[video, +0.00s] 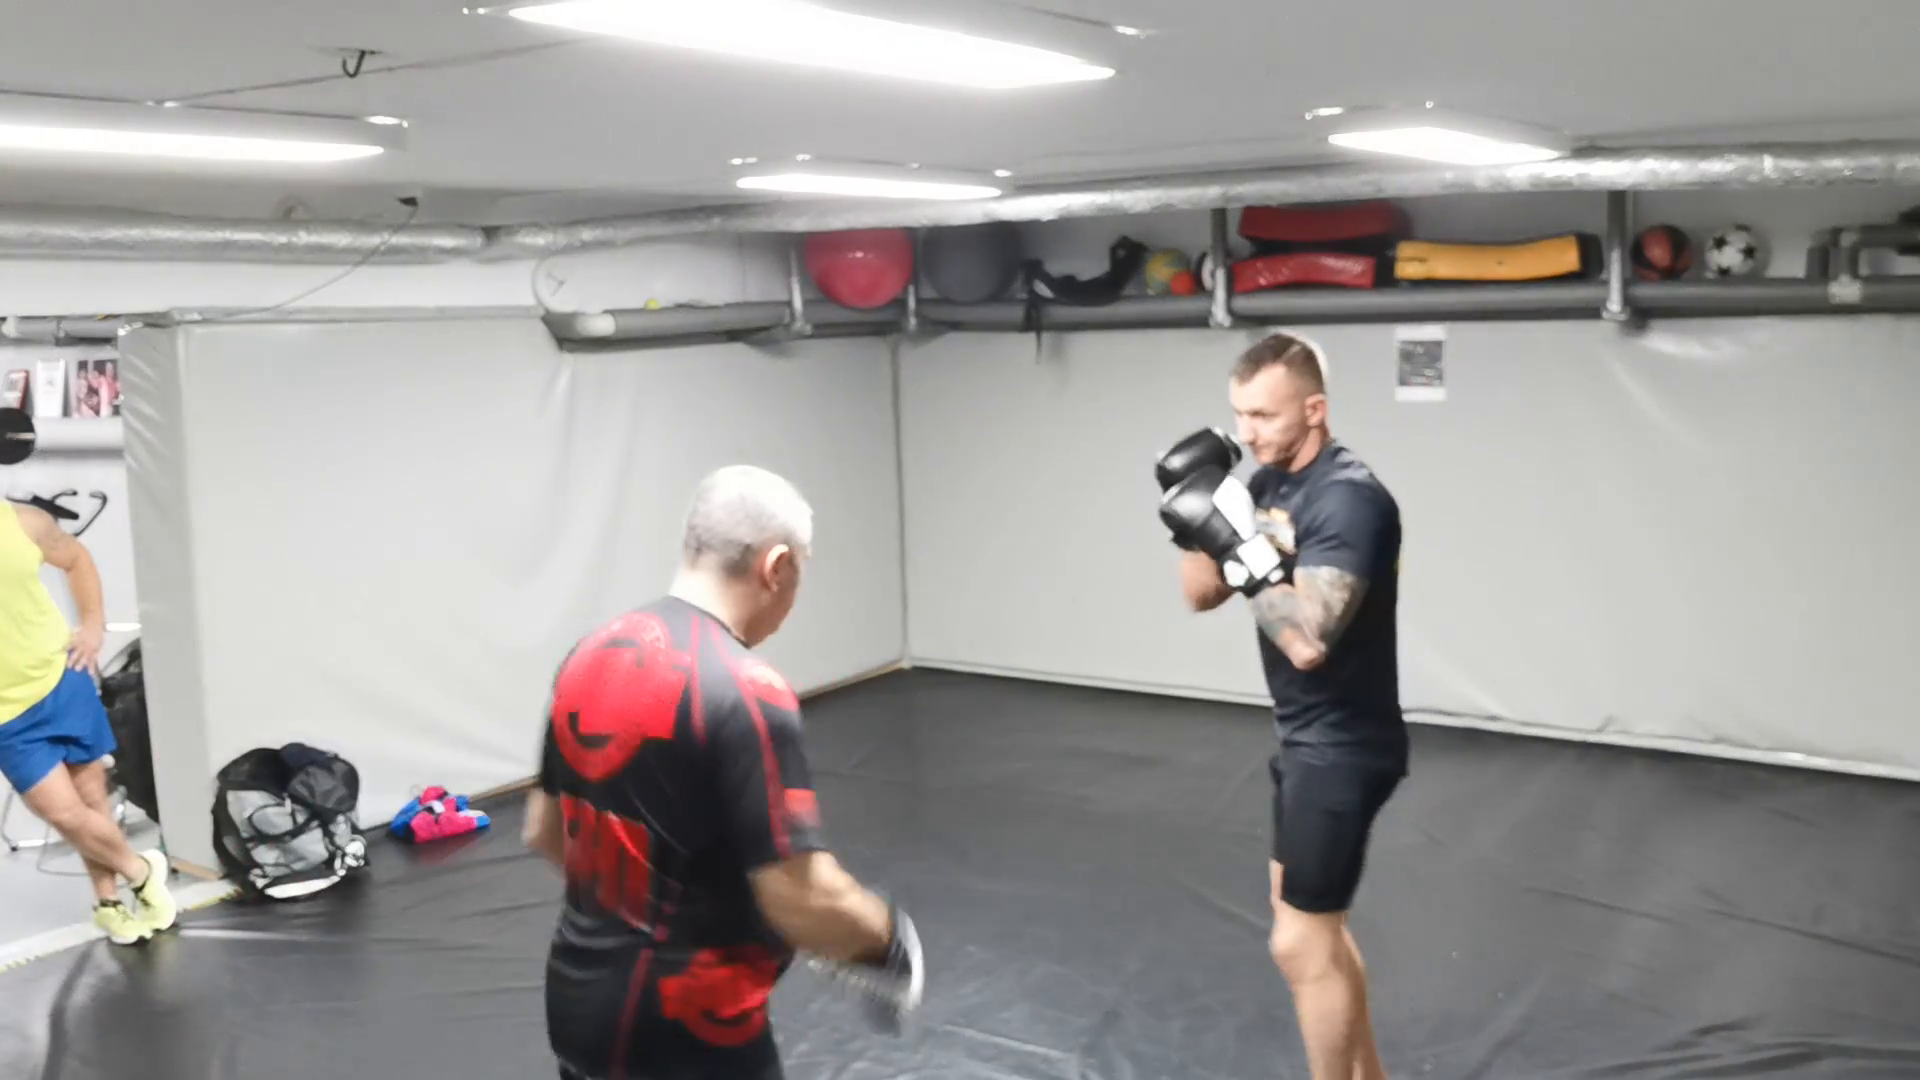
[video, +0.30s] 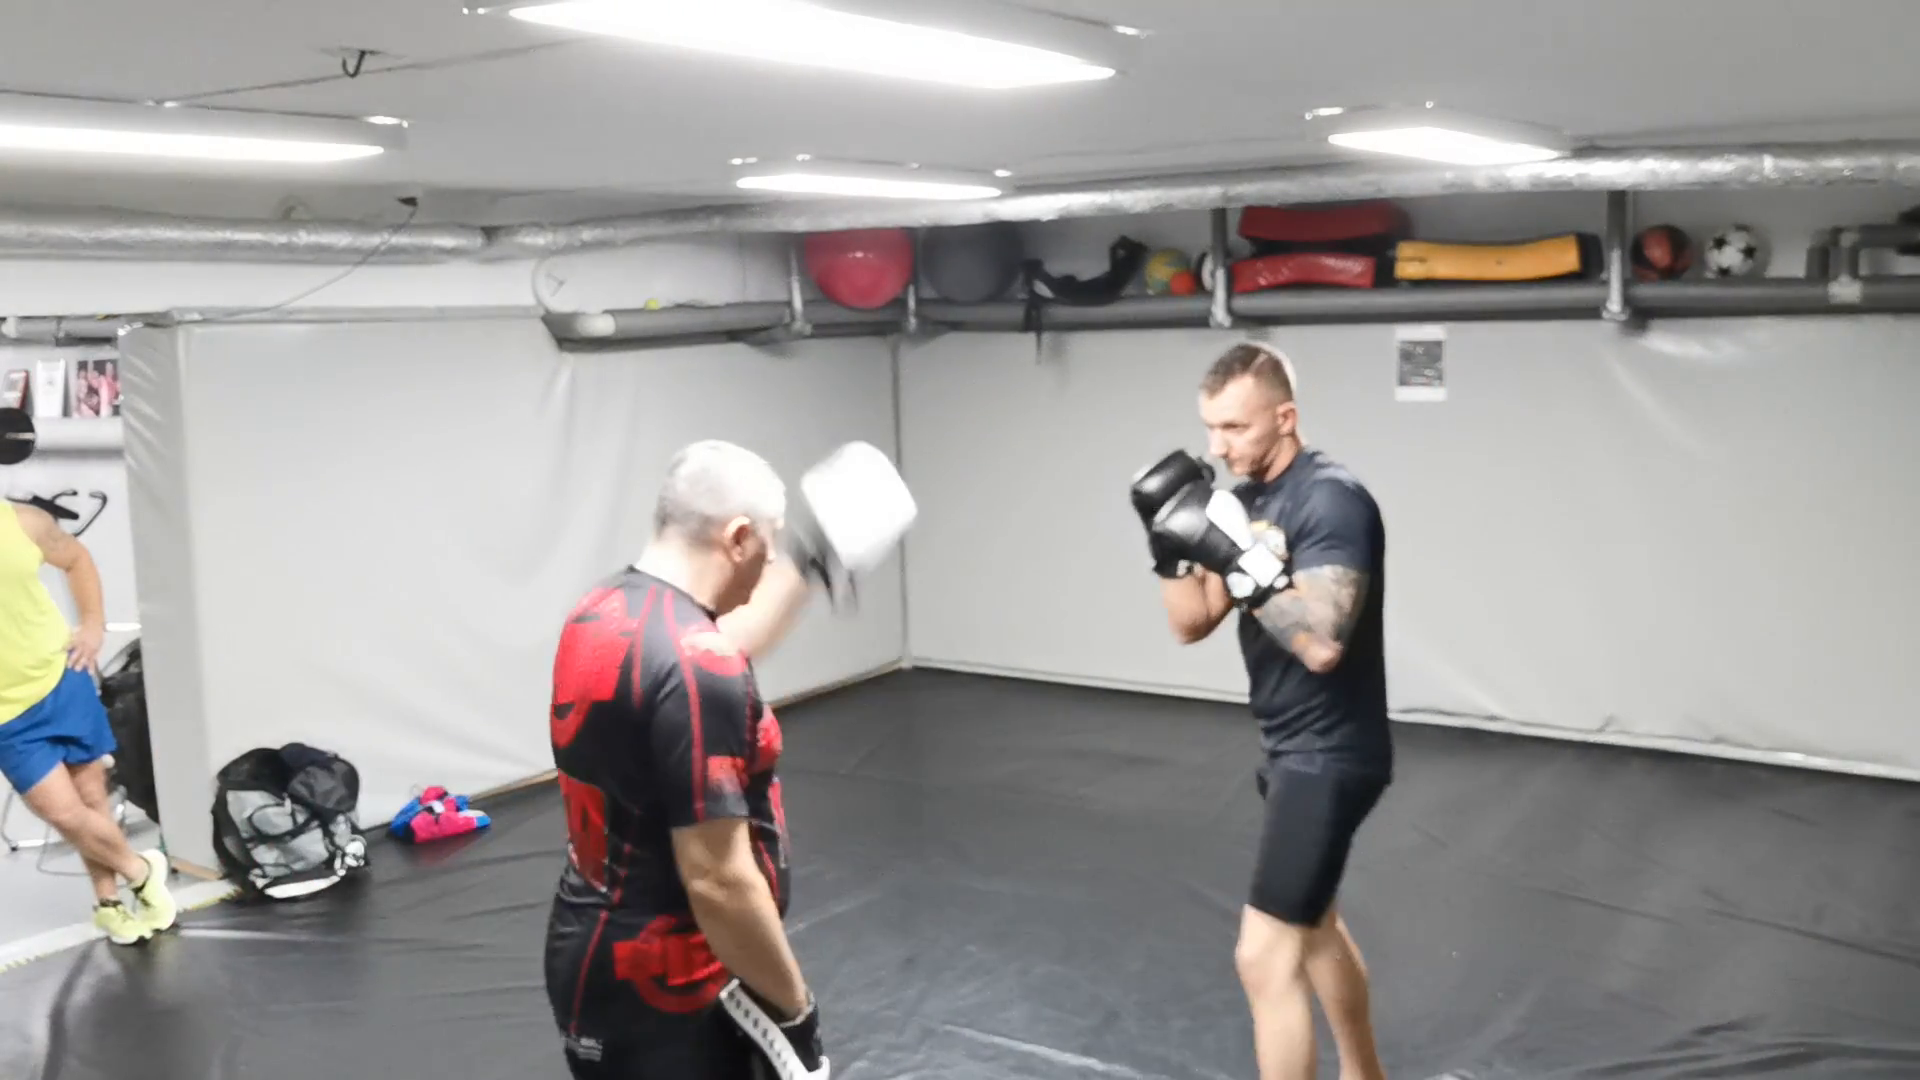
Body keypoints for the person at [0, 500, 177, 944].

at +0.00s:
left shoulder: (21, 522)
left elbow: (76, 558)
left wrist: (93, 623)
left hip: (62, 682)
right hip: (7, 715)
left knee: (91, 797)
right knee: (65, 816)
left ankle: (107, 901)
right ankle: (142, 872)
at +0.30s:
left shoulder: (21, 522)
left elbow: (76, 558)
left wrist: (93, 624)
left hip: (62, 682)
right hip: (7, 715)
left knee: (91, 798)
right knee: (65, 816)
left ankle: (108, 901)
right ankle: (142, 872)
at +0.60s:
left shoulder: (22, 522)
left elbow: (77, 558)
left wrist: (93, 623)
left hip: (62, 683)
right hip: (9, 716)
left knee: (92, 800)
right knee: (66, 818)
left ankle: (108, 902)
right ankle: (142, 872)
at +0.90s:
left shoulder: (22, 522)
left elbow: (76, 558)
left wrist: (93, 623)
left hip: (63, 683)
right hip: (9, 716)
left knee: (92, 800)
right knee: (67, 818)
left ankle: (108, 902)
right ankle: (142, 872)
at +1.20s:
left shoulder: (20, 522)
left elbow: (77, 557)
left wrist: (92, 622)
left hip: (62, 682)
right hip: (8, 714)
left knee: (91, 797)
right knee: (65, 816)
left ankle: (107, 901)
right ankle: (141, 872)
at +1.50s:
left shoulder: (21, 522)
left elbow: (77, 558)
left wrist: (92, 623)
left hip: (61, 681)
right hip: (7, 714)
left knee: (91, 796)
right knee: (64, 816)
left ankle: (107, 901)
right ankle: (141, 872)